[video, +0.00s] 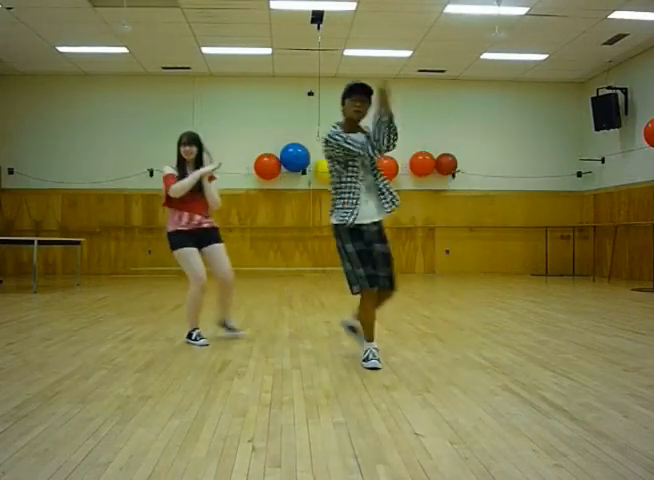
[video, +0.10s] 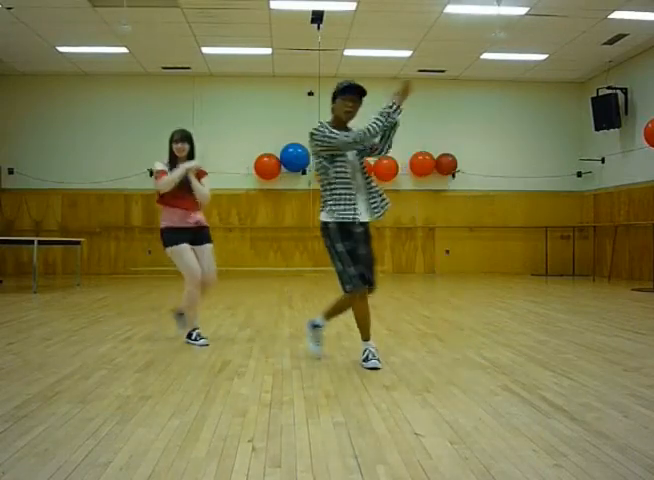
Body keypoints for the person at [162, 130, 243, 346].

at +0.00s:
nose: (187, 149)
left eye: (192, 145)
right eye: (184, 145)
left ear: (199, 148)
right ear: (179, 149)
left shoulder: (206, 173)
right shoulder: (171, 172)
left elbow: (215, 204)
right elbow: (175, 192)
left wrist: (206, 178)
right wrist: (200, 172)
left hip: (206, 227)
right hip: (180, 230)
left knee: (226, 276)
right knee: (199, 278)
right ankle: (193, 330)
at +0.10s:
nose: (180, 146)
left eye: (184, 142)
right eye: (176, 142)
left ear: (191, 146)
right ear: (171, 146)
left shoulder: (198, 171)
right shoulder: (163, 168)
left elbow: (204, 199)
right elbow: (162, 187)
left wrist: (190, 175)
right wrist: (185, 167)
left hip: (198, 226)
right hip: (173, 227)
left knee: (209, 277)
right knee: (194, 275)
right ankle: (192, 329)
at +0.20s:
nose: (172, 145)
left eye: (176, 140)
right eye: (168, 141)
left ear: (183, 144)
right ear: (163, 144)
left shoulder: (191, 169)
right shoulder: (154, 168)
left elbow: (194, 193)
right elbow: (144, 189)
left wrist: (173, 173)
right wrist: (159, 166)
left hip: (188, 225)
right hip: (163, 224)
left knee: (178, 281)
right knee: (185, 272)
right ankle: (191, 330)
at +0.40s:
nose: (159, 149)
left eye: (163, 145)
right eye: (156, 145)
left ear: (170, 149)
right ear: (150, 149)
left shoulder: (177, 172)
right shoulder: (140, 175)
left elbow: (174, 190)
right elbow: (130, 209)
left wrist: (147, 176)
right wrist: (129, 182)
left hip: (170, 231)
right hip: (146, 229)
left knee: (151, 285)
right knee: (173, 273)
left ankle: (130, 323)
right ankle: (161, 325)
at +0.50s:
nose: (154, 150)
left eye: (158, 146)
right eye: (150, 146)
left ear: (164, 151)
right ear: (144, 150)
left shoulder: (173, 173)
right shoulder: (135, 177)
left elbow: (173, 194)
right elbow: (128, 211)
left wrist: (142, 183)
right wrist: (124, 190)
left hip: (167, 231)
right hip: (143, 229)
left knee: (150, 281)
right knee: (161, 278)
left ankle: (132, 323)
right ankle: (134, 321)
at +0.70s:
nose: (152, 156)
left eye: (156, 152)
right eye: (148, 151)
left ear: (161, 156)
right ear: (141, 155)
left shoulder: (170, 178)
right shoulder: (133, 181)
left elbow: (181, 204)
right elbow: (123, 218)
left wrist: (153, 199)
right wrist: (129, 201)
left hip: (164, 236)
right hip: (137, 234)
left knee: (172, 287)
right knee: (139, 285)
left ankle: (145, 314)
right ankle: (121, 327)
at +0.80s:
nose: (157, 154)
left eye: (161, 150)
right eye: (153, 149)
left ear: (165, 154)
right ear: (145, 152)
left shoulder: (174, 175)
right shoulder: (137, 179)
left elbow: (189, 198)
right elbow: (128, 211)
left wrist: (168, 182)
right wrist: (144, 184)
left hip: (170, 232)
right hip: (142, 232)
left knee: (185, 279)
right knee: (140, 281)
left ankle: (169, 316)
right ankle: (122, 327)